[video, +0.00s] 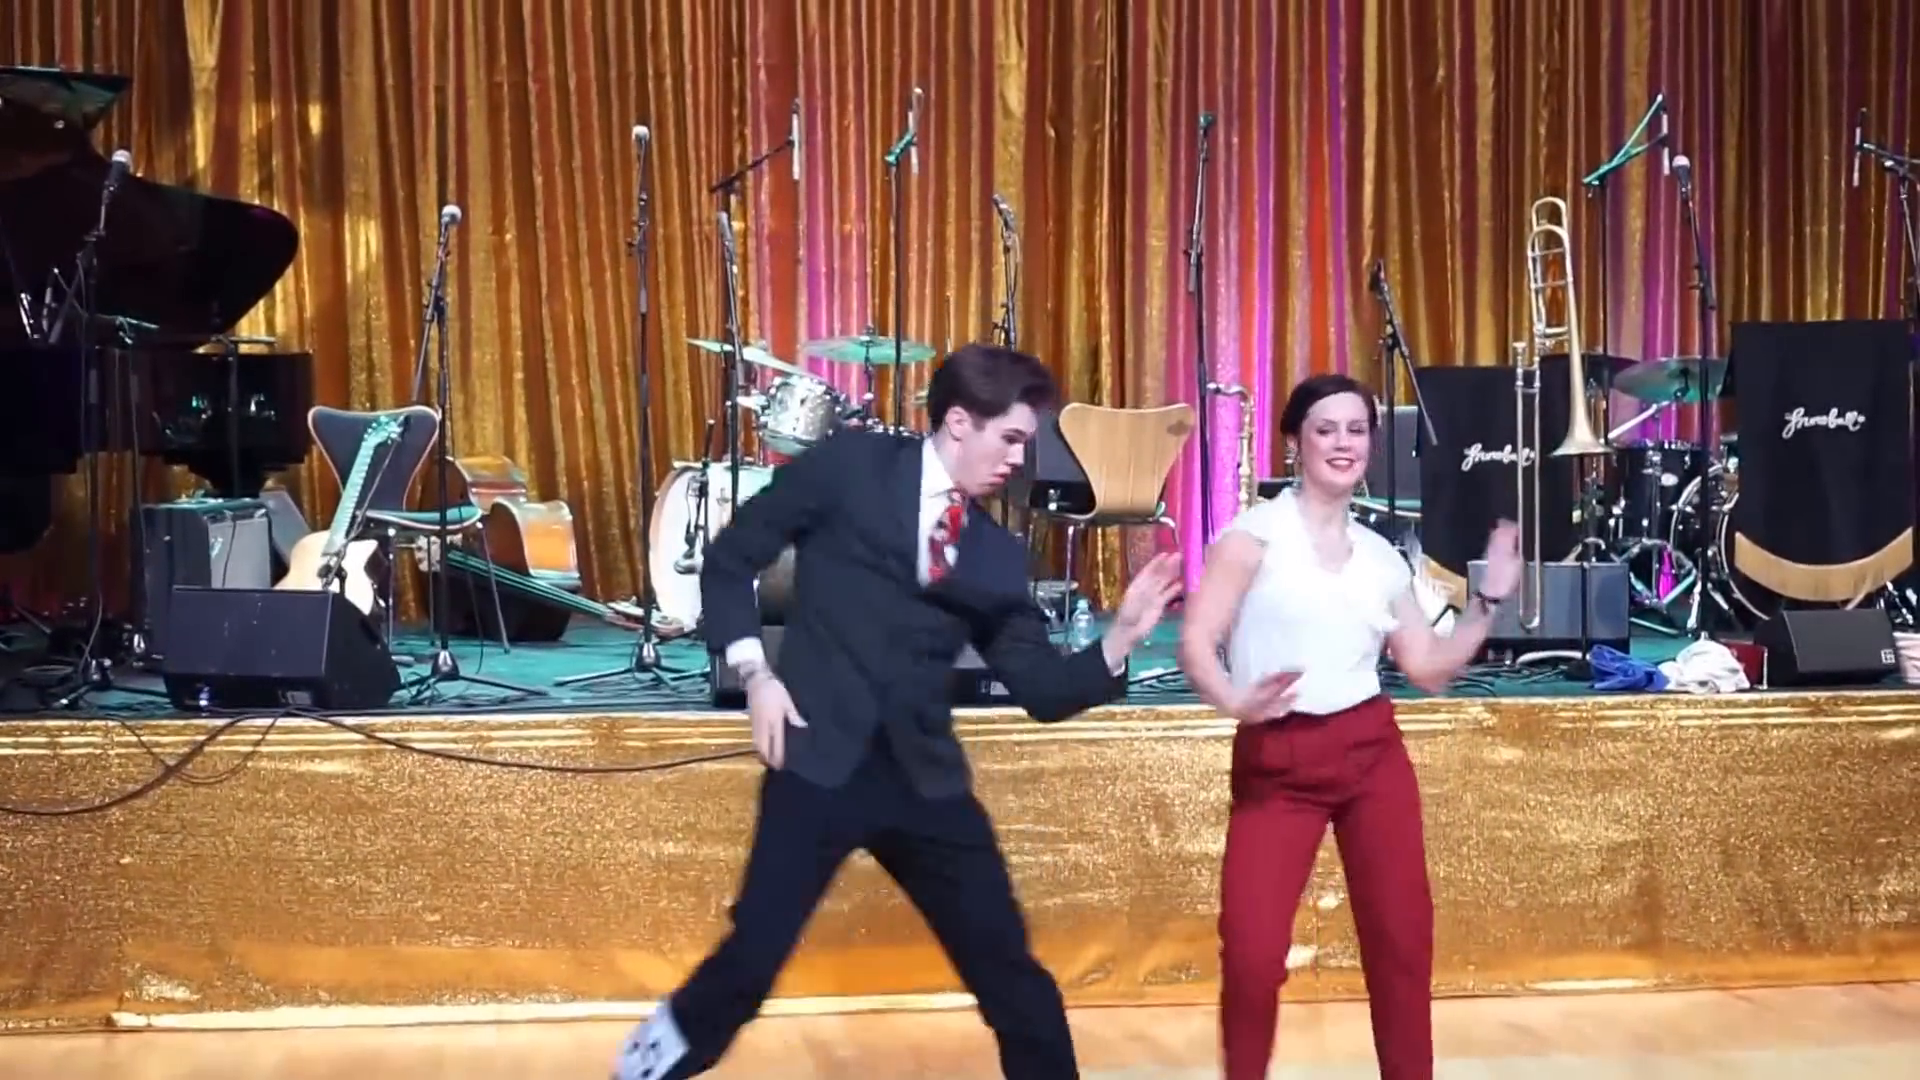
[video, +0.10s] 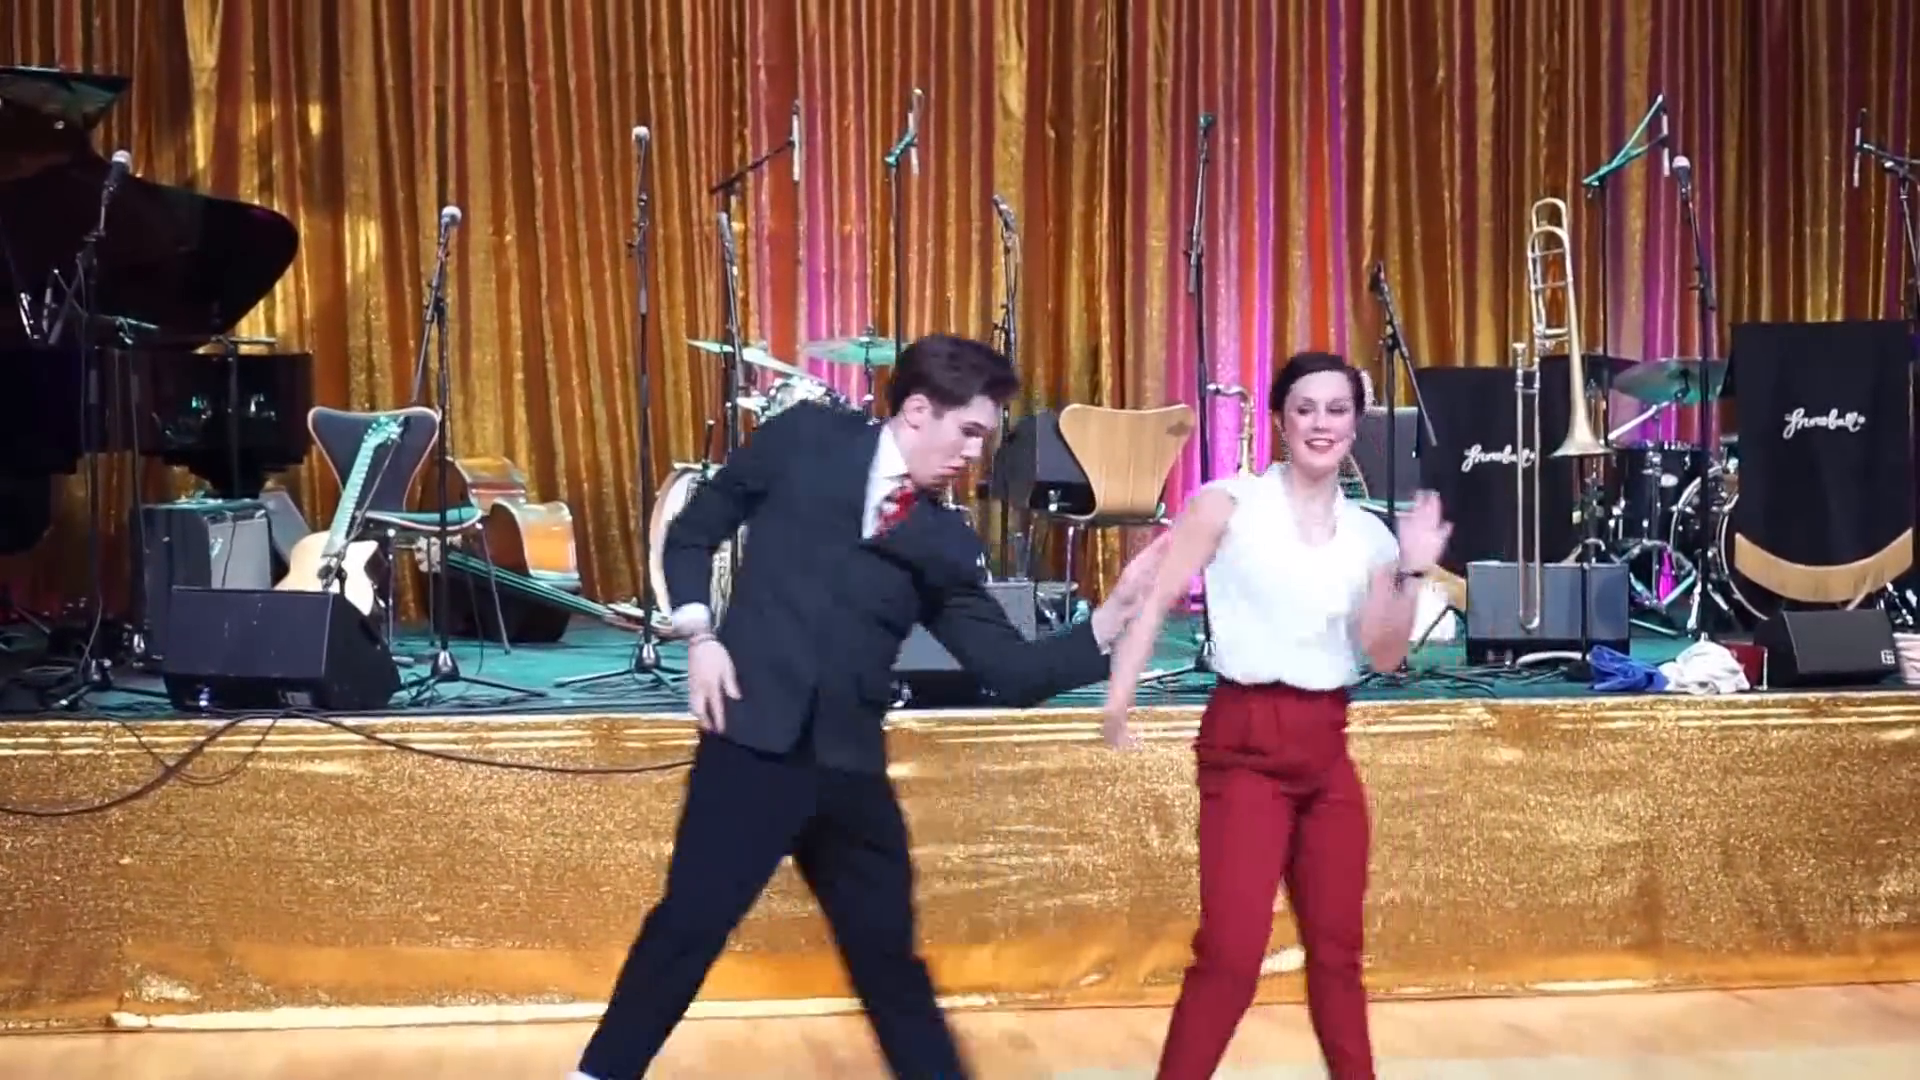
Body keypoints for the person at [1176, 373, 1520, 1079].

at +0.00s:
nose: (1343, 444)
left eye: (1357, 431)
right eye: (1326, 430)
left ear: (1370, 446)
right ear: (1295, 443)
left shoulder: (1381, 558)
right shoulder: (1251, 539)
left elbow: (1429, 668)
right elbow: (1196, 643)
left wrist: (1488, 600)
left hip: (1373, 759)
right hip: (1277, 764)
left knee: (1403, 950)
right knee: (1250, 960)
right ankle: (1244, 1079)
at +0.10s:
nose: (1321, 423)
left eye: (1337, 410)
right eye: (1304, 409)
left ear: (1356, 424)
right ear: (1279, 422)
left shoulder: (1370, 532)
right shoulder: (1227, 504)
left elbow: (1385, 656)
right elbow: (1155, 595)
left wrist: (1411, 570)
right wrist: (1120, 693)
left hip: (1327, 752)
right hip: (1244, 748)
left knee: (1339, 957)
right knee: (1230, 962)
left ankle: (1356, 1077)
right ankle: (1178, 1077)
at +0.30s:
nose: (1269, 426)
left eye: (1287, 409)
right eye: (1253, 410)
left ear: (1316, 419)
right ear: (1234, 419)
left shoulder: (1327, 521)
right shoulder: (1185, 493)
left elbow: (1344, 635)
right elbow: (1102, 580)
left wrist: (1352, 558)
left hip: (1248, 752)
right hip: (1171, 739)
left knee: (1255, 965)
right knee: (1149, 958)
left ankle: (1255, 1079)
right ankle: (1111, 1078)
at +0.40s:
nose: (1241, 435)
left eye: (1259, 418)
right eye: (1228, 418)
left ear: (1292, 428)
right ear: (1213, 425)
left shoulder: (1309, 535)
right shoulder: (1159, 497)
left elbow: (1328, 651)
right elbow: (1063, 557)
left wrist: (1330, 597)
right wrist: (959, 607)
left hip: (1223, 760)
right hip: (1141, 745)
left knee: (1245, 976)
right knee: (1115, 970)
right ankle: (1089, 1077)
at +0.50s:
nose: (1217, 451)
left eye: (1235, 435)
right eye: (1205, 433)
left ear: (1267, 437)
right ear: (1188, 433)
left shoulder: (1294, 551)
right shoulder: (1131, 509)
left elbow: (1310, 684)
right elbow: (1031, 557)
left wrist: (1324, 701)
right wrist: (934, 567)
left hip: (1199, 770)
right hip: (1107, 753)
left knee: (1253, 973)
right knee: (1093, 981)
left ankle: (1245, 1079)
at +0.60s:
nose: (1200, 462)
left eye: (1219, 447)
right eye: (1187, 443)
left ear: (1247, 445)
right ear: (1167, 436)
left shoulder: (1275, 555)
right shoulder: (1108, 525)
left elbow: (1290, 689)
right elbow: (1025, 612)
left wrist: (1326, 799)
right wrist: (964, 539)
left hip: (1193, 772)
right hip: (1089, 759)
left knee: (1220, 979)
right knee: (1075, 979)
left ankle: (1225, 1072)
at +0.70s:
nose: (1193, 470)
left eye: (1212, 455)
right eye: (1179, 451)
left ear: (1236, 453)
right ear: (1155, 441)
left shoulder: (1251, 548)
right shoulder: (1102, 534)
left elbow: (1268, 663)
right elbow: (1089, 664)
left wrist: (1321, 724)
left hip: (1192, 778)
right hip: (1089, 770)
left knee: (1121, 962)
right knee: (1075, 983)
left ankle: (1177, 1075)